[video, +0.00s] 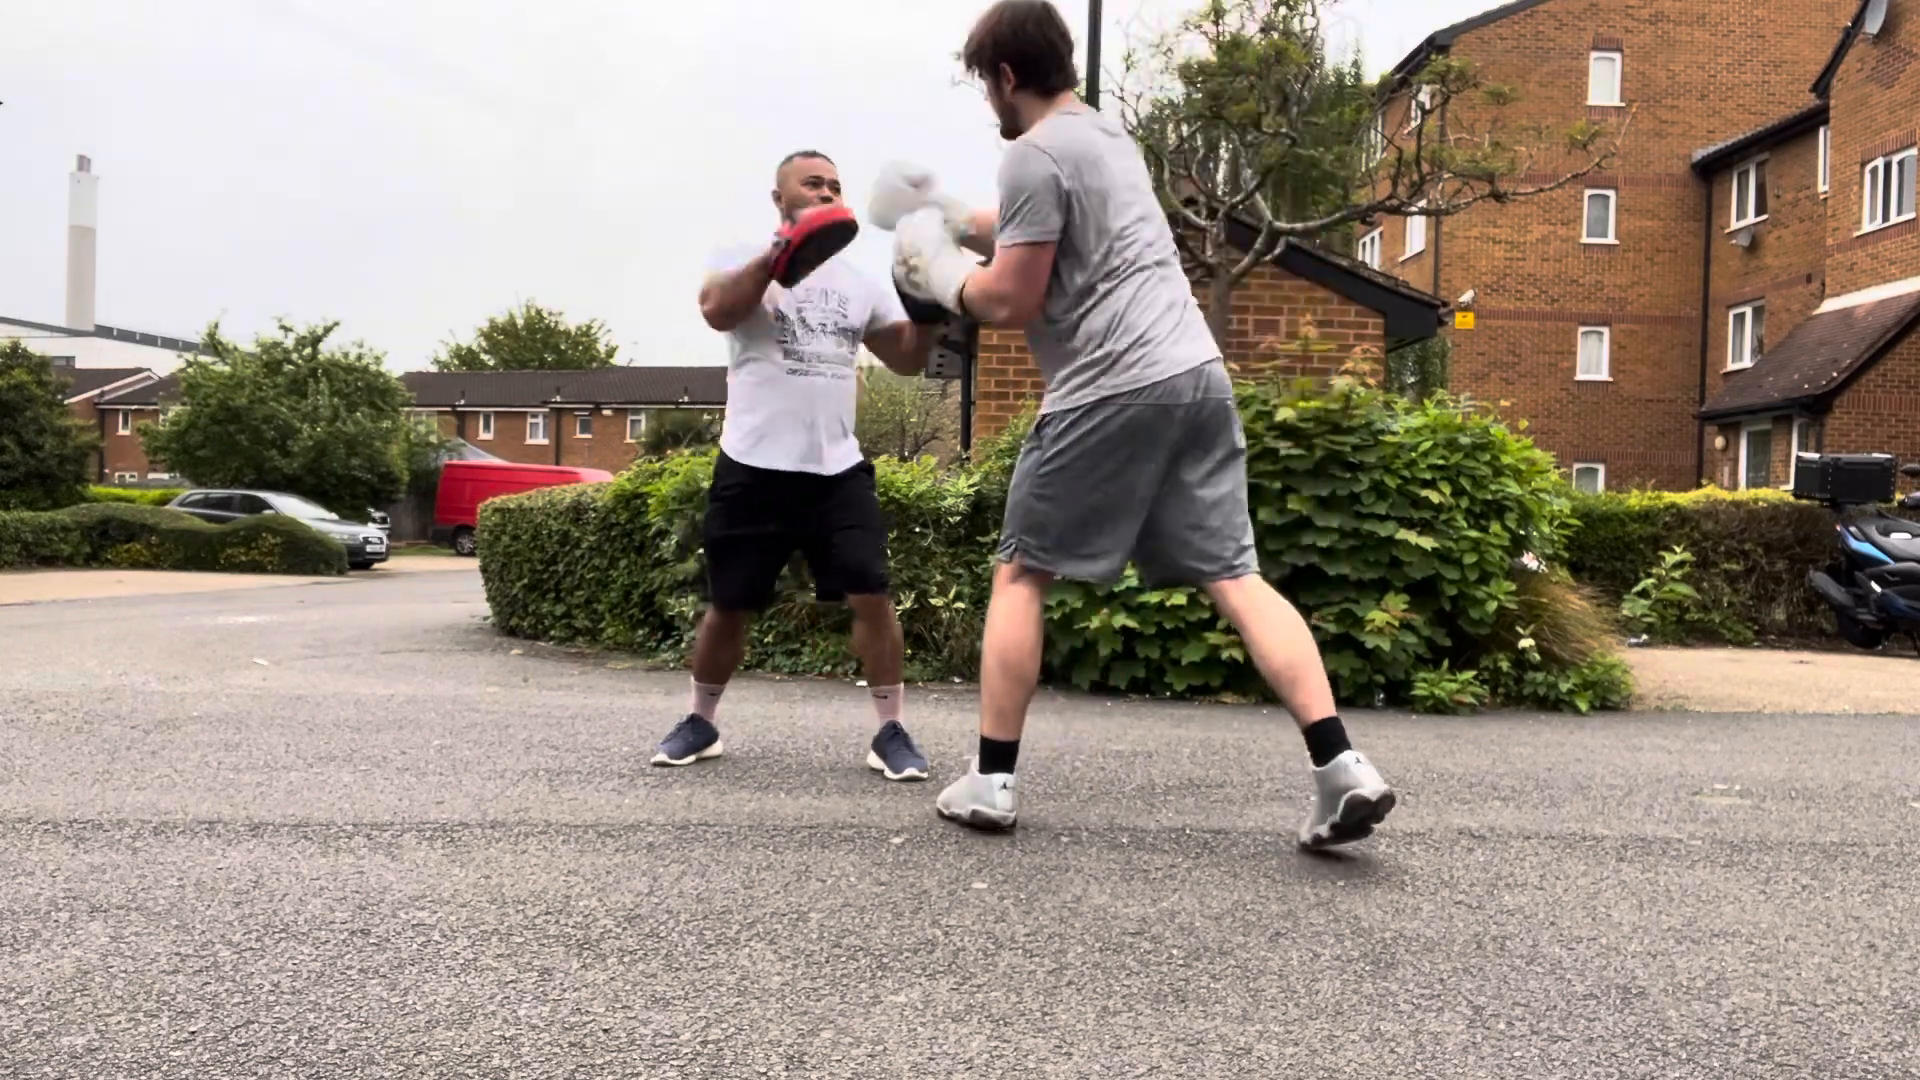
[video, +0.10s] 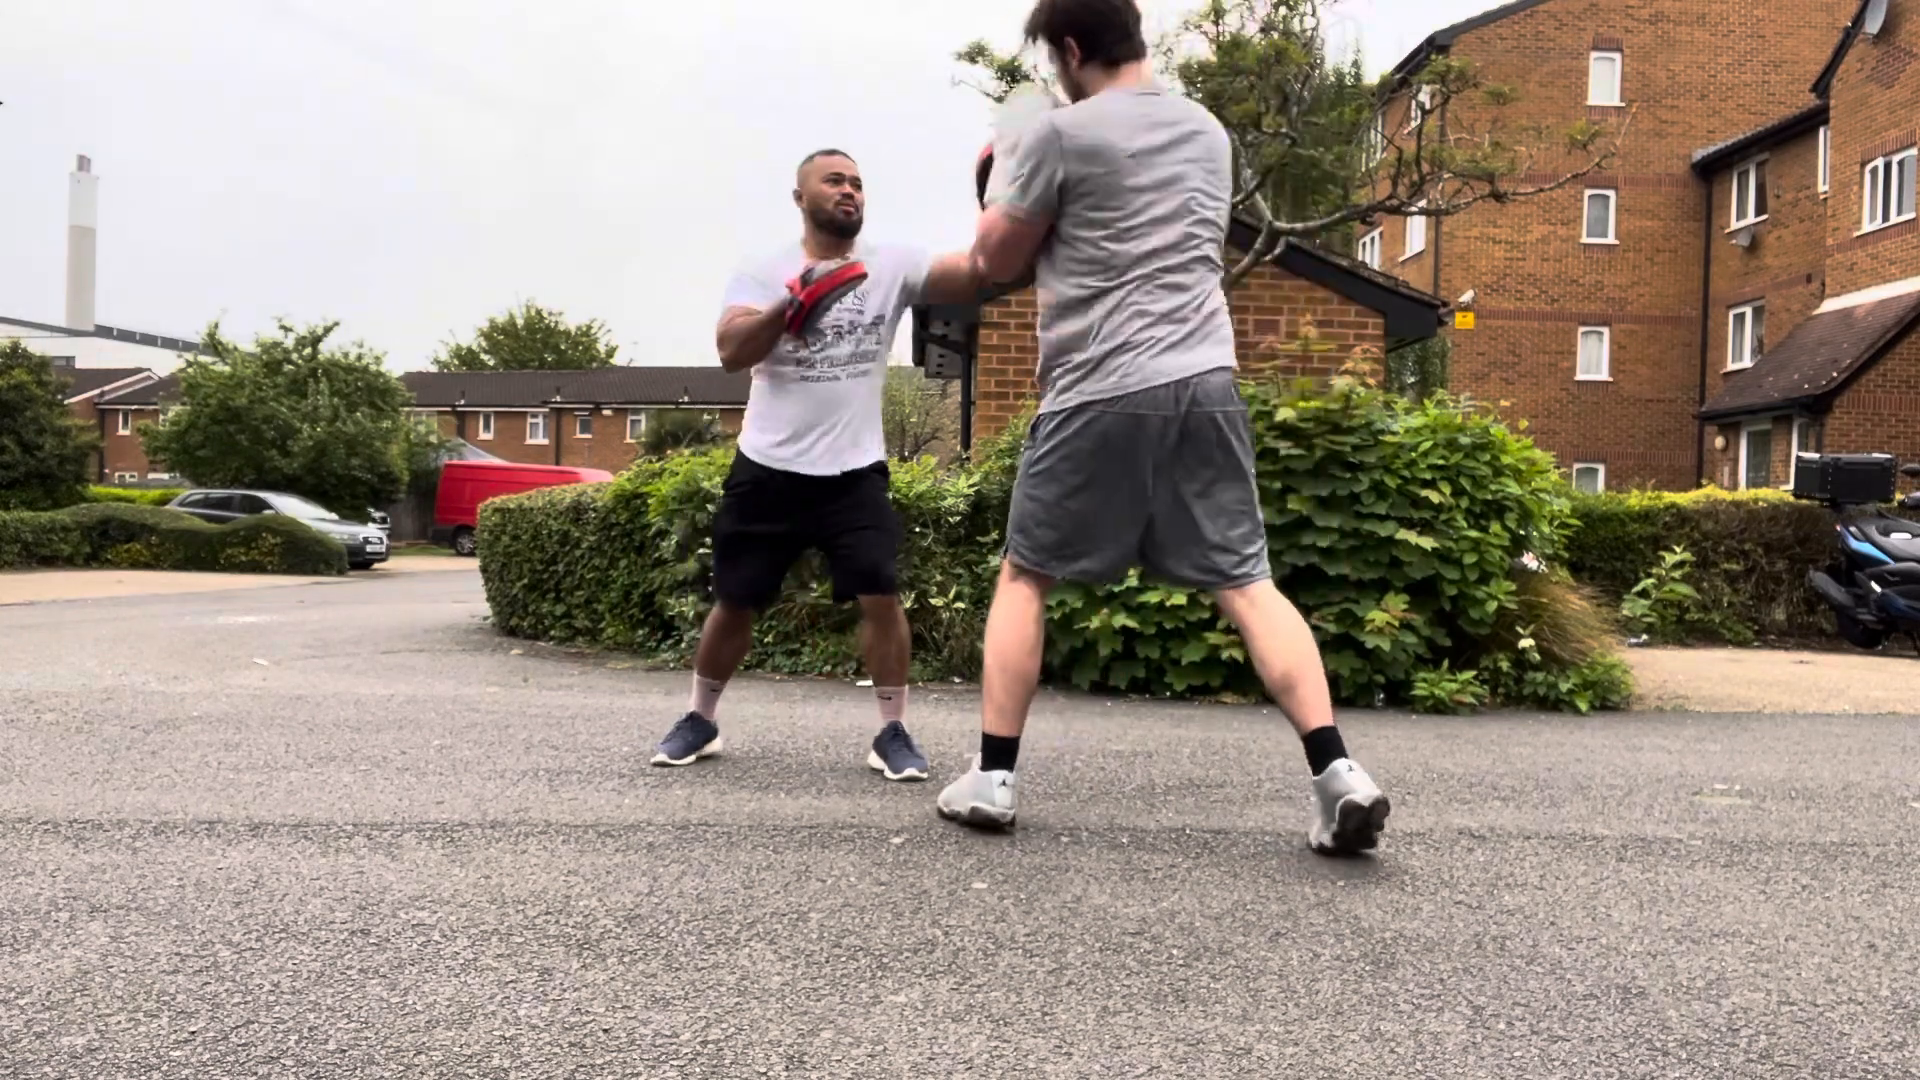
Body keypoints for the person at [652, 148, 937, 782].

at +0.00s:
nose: (828, 194)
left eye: (834, 187)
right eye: (813, 184)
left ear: (843, 201)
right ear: (778, 198)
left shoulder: (858, 278)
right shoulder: (743, 261)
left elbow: (907, 358)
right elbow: (719, 314)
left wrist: (926, 297)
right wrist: (780, 254)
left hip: (838, 464)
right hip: (753, 461)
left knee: (871, 592)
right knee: (727, 603)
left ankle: (890, 729)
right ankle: (700, 721)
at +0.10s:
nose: (849, 191)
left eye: (856, 184)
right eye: (834, 180)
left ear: (864, 202)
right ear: (799, 195)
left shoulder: (891, 265)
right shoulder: (764, 270)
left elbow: (981, 274)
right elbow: (731, 351)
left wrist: (1006, 211)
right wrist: (795, 301)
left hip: (856, 466)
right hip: (768, 464)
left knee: (881, 591)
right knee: (734, 600)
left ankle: (892, 730)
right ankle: (700, 719)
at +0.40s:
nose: (892, 189)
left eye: (899, 181)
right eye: (877, 178)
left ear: (906, 196)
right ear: (841, 187)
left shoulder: (926, 268)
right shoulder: (806, 259)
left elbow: (993, 325)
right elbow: (749, 324)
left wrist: (1017, 275)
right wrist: (791, 256)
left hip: (883, 462)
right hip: (796, 455)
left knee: (896, 595)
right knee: (751, 589)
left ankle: (893, 730)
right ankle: (702, 710)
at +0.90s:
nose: (842, 203)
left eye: (852, 196)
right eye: (829, 191)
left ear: (861, 210)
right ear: (797, 200)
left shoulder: (885, 284)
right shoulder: (755, 277)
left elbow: (940, 347)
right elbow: (716, 367)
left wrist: (995, 348)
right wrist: (753, 310)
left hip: (851, 468)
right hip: (768, 466)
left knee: (874, 592)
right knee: (750, 599)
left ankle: (891, 730)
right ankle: (736, 719)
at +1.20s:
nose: (806, 205)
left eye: (814, 197)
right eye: (792, 195)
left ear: (824, 208)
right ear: (759, 205)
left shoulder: (853, 270)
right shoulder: (735, 275)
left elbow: (923, 321)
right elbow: (693, 360)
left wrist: (938, 287)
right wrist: (731, 297)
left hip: (834, 461)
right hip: (751, 465)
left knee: (862, 591)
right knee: (744, 599)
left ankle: (891, 729)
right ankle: (735, 720)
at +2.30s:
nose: (835, 198)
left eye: (843, 189)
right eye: (821, 188)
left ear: (851, 205)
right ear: (789, 201)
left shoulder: (871, 280)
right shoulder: (756, 267)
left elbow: (919, 359)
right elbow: (729, 309)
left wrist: (950, 311)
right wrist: (765, 229)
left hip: (849, 468)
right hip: (764, 468)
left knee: (880, 584)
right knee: (752, 605)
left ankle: (898, 724)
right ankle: (737, 719)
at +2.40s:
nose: (840, 207)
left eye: (849, 195)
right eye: (827, 195)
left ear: (862, 210)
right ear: (803, 203)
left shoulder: (875, 287)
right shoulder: (768, 263)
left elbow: (907, 376)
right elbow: (769, 286)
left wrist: (938, 329)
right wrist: (811, 217)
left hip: (854, 470)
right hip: (772, 466)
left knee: (884, 590)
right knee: (755, 603)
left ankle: (911, 729)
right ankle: (736, 719)